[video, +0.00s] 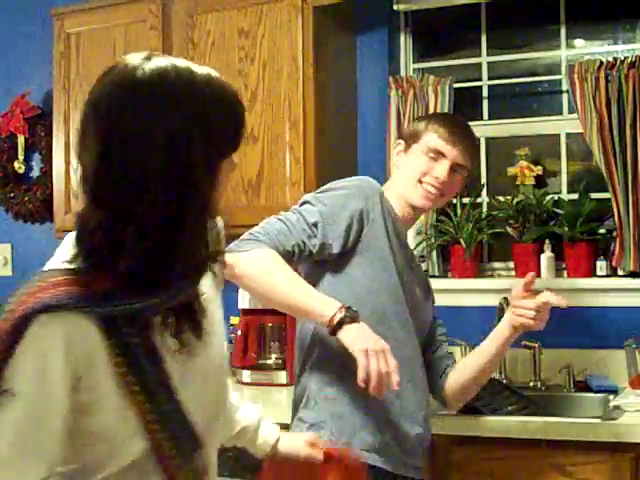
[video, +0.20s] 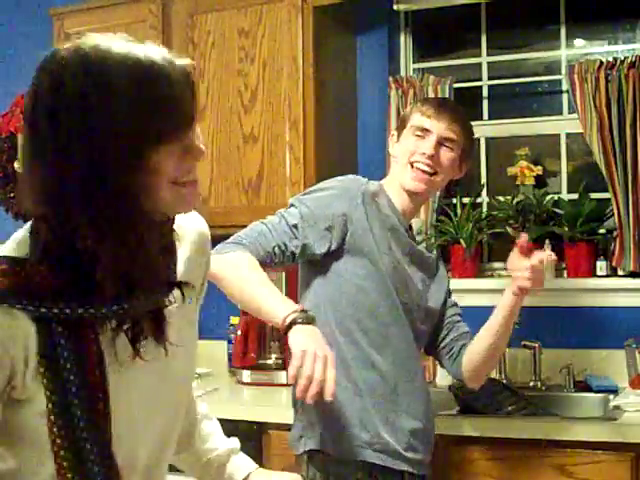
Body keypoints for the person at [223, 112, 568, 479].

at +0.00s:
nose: (442, 177)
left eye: (457, 171)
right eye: (434, 157)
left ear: (461, 189)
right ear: (400, 152)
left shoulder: (417, 282)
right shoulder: (361, 198)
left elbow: (449, 392)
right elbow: (244, 256)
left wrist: (508, 327)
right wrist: (342, 319)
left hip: (402, 463)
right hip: (339, 456)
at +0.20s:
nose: (430, 150)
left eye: (447, 146)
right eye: (421, 134)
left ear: (458, 171)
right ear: (393, 143)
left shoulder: (432, 271)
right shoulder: (347, 198)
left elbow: (469, 371)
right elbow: (226, 258)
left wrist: (514, 295)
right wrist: (294, 321)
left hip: (407, 460)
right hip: (342, 453)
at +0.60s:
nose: (420, 152)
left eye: (440, 143)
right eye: (412, 133)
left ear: (457, 160)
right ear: (392, 134)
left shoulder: (435, 259)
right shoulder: (329, 203)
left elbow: (482, 337)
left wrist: (467, 221)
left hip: (402, 462)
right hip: (323, 455)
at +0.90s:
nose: (419, 157)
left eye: (433, 145)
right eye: (408, 136)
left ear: (444, 157)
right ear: (371, 130)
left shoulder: (415, 233)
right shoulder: (315, 207)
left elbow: (464, 329)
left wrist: (434, 211)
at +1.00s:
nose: (414, 158)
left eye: (428, 145)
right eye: (403, 137)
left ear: (438, 154)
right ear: (362, 132)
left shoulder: (417, 233)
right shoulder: (316, 212)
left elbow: (444, 322)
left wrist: (427, 209)